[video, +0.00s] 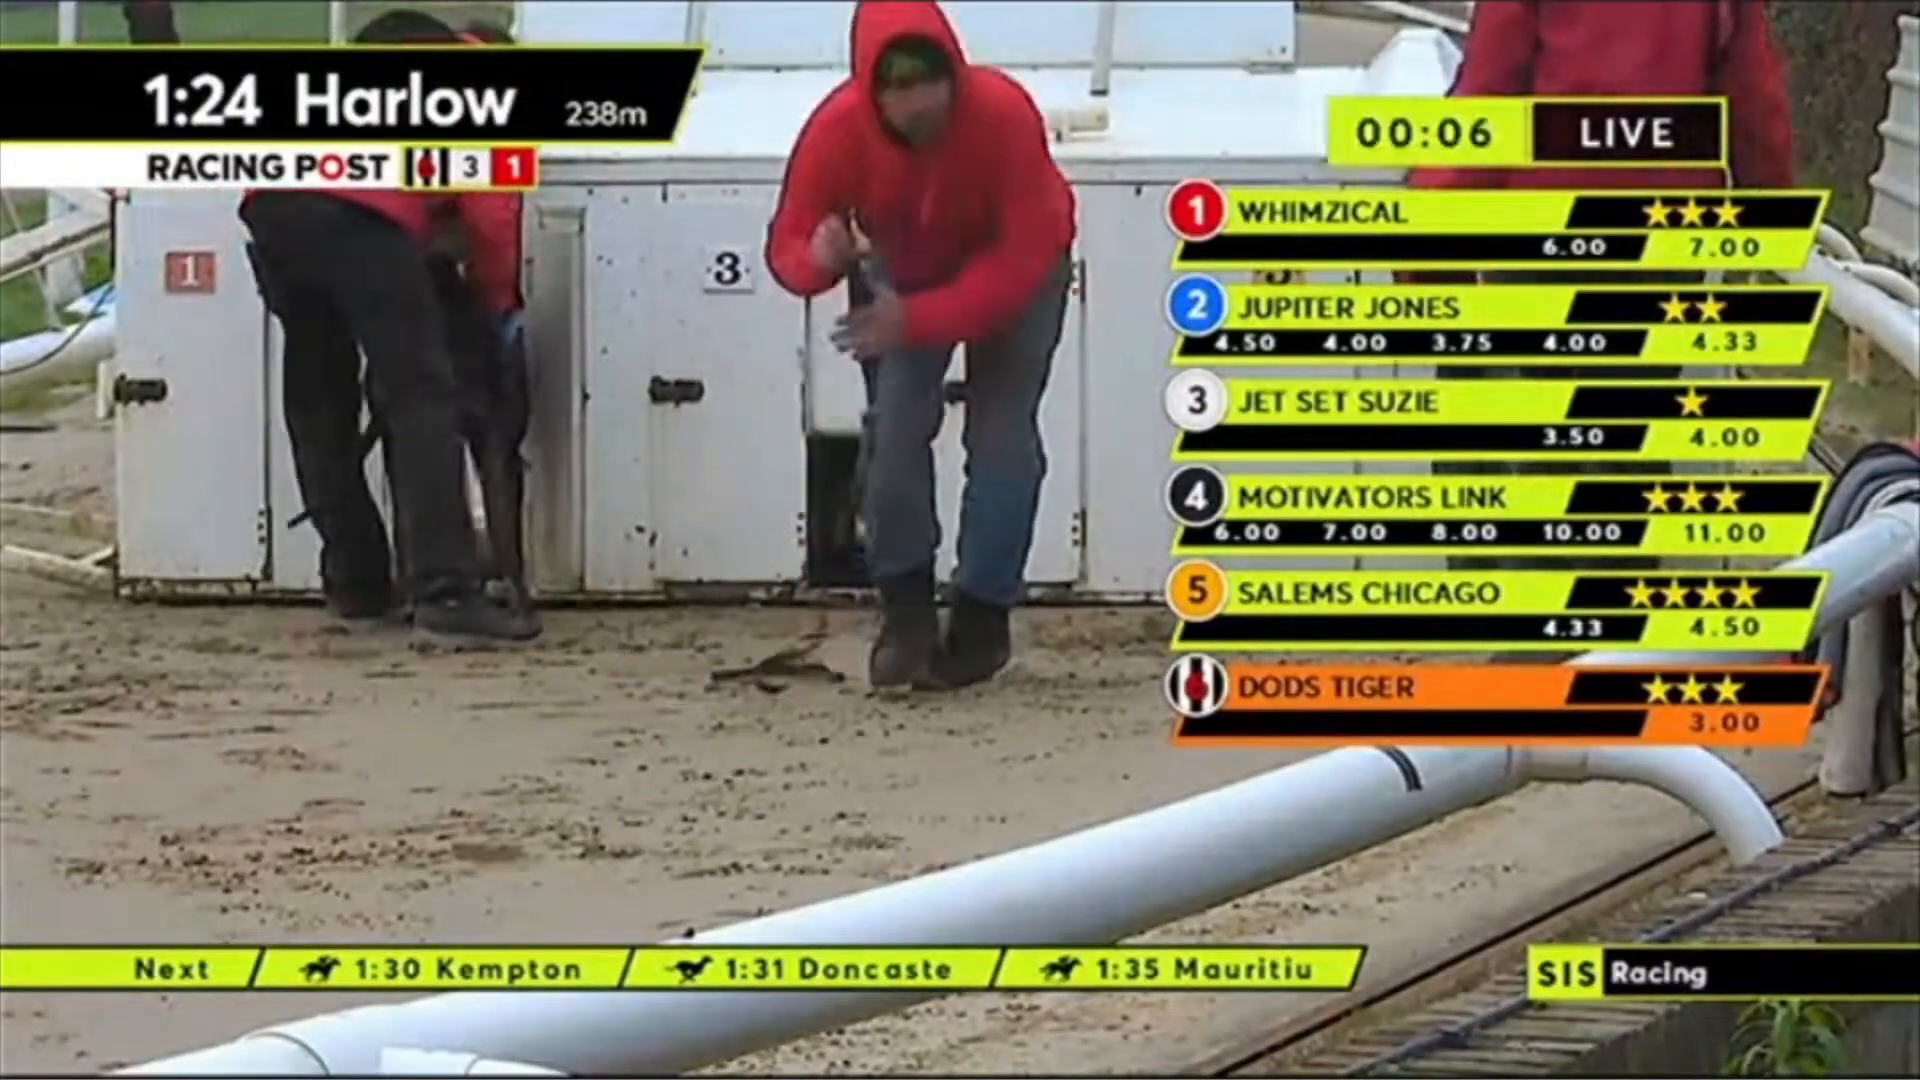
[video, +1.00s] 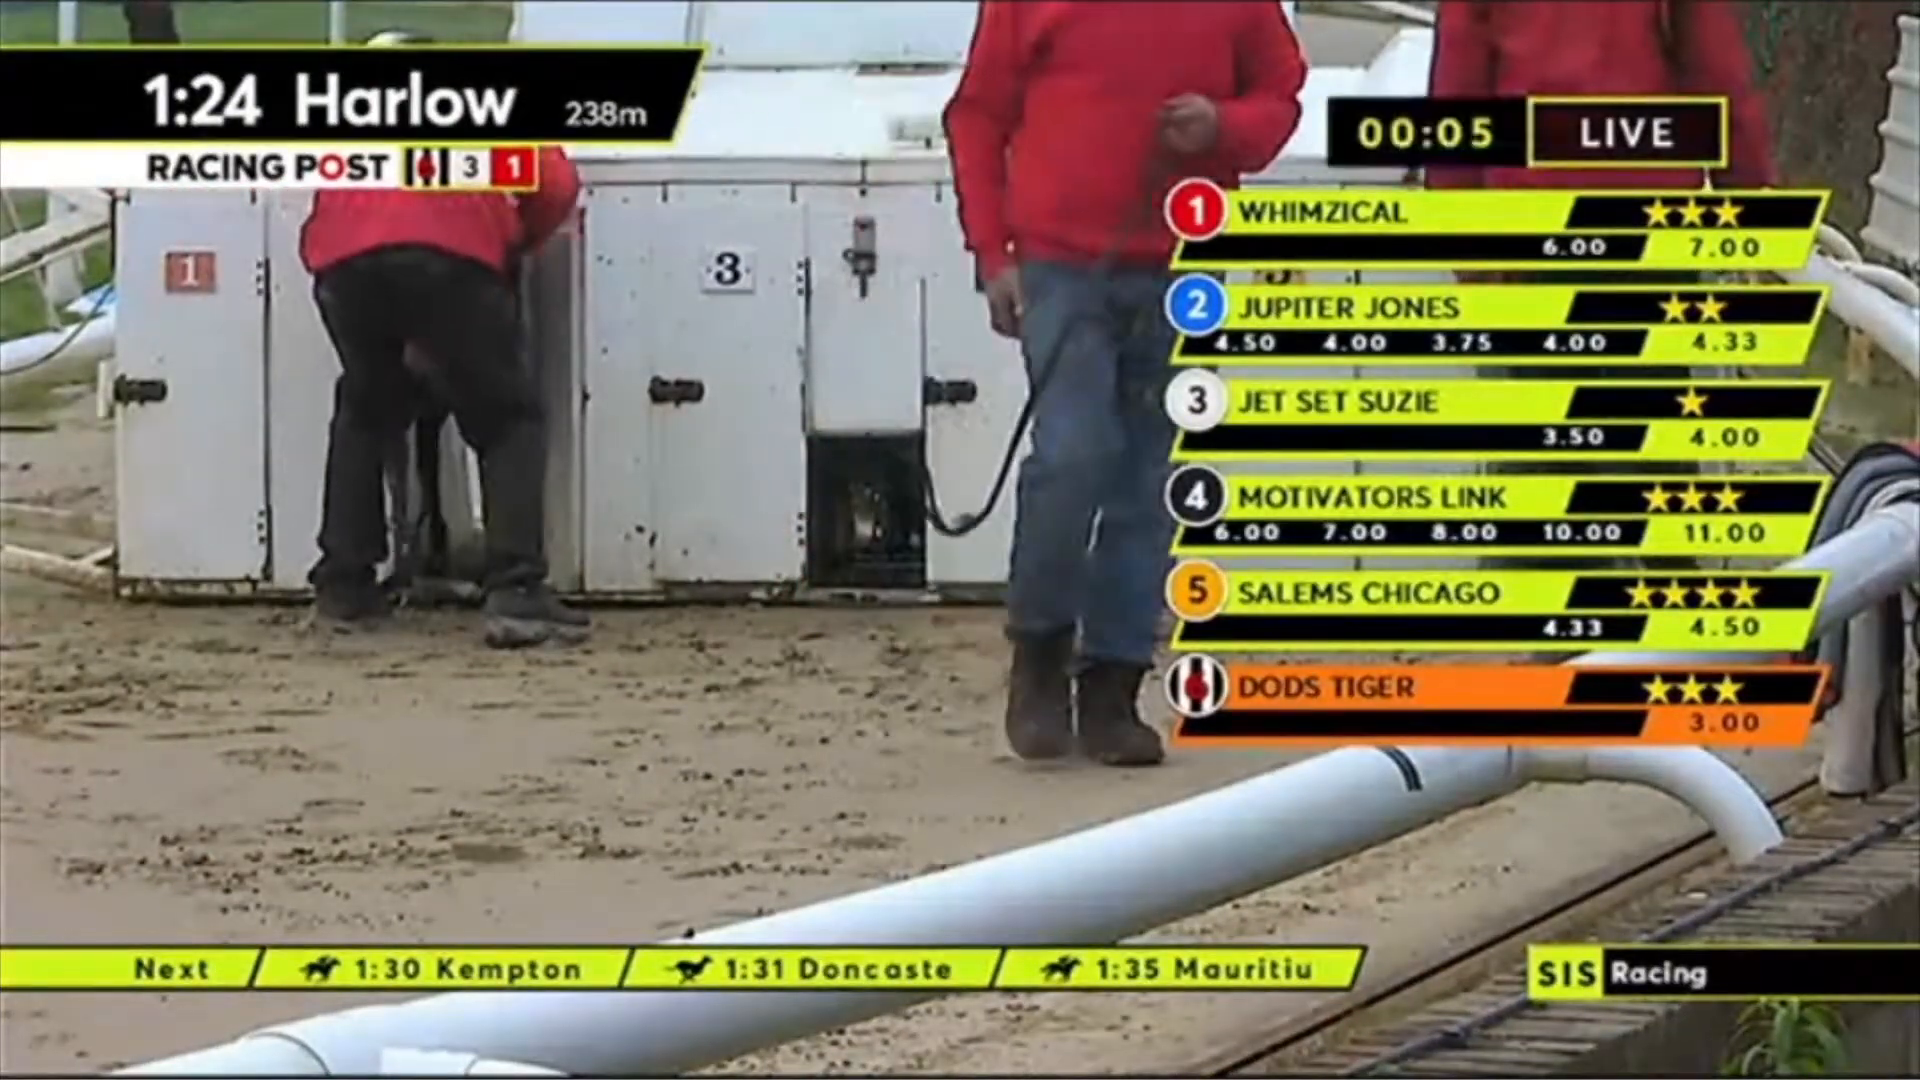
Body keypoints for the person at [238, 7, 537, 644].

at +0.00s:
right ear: (490, 51)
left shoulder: (359, 68)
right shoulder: (494, 82)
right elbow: (489, 208)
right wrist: (500, 306)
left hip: (274, 206)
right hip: (367, 216)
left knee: (317, 391)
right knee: (418, 394)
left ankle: (355, 579)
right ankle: (446, 590)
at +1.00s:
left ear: (392, 78)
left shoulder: (356, 126)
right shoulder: (502, 118)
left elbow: (316, 235)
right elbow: (560, 187)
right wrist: (505, 246)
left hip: (345, 264)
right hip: (454, 260)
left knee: (365, 395)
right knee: (505, 419)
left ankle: (343, 584)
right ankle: (515, 590)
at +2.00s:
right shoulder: (513, 137)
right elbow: (521, 263)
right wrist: (474, 316)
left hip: (308, 258)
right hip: (409, 270)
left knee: (310, 395)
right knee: (487, 429)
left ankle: (266, 573)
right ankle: (483, 591)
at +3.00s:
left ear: (376, 72)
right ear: (463, 86)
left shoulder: (336, 115)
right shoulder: (475, 129)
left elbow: (275, 215)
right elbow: (482, 253)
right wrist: (447, 333)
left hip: (290, 259)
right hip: (388, 264)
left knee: (312, 397)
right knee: (462, 422)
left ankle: (263, 574)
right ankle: (484, 590)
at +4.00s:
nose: (473, 63)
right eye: (470, 50)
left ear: (402, 26)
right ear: (458, 43)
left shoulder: (331, 69)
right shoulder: (456, 90)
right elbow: (467, 209)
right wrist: (454, 292)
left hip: (262, 245)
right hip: (360, 252)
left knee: (299, 390)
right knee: (422, 409)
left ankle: (260, 575)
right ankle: (463, 586)